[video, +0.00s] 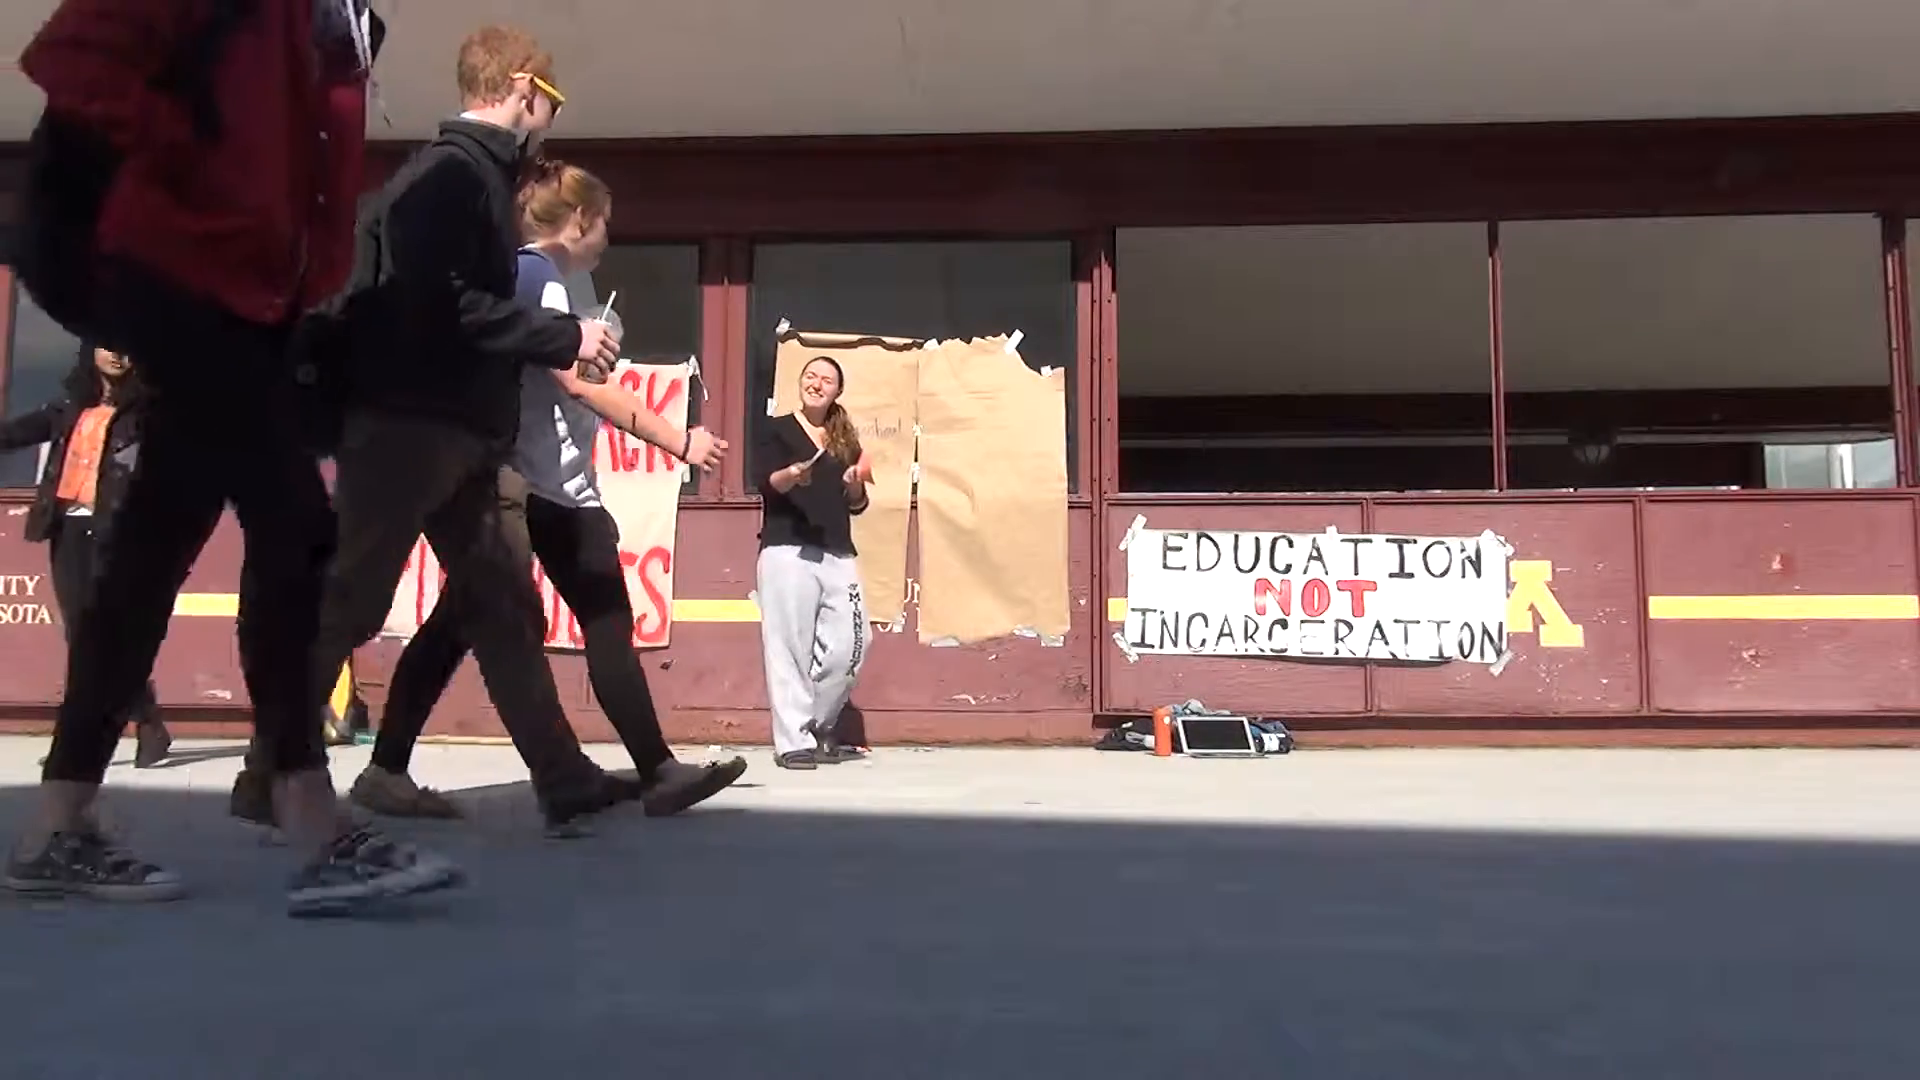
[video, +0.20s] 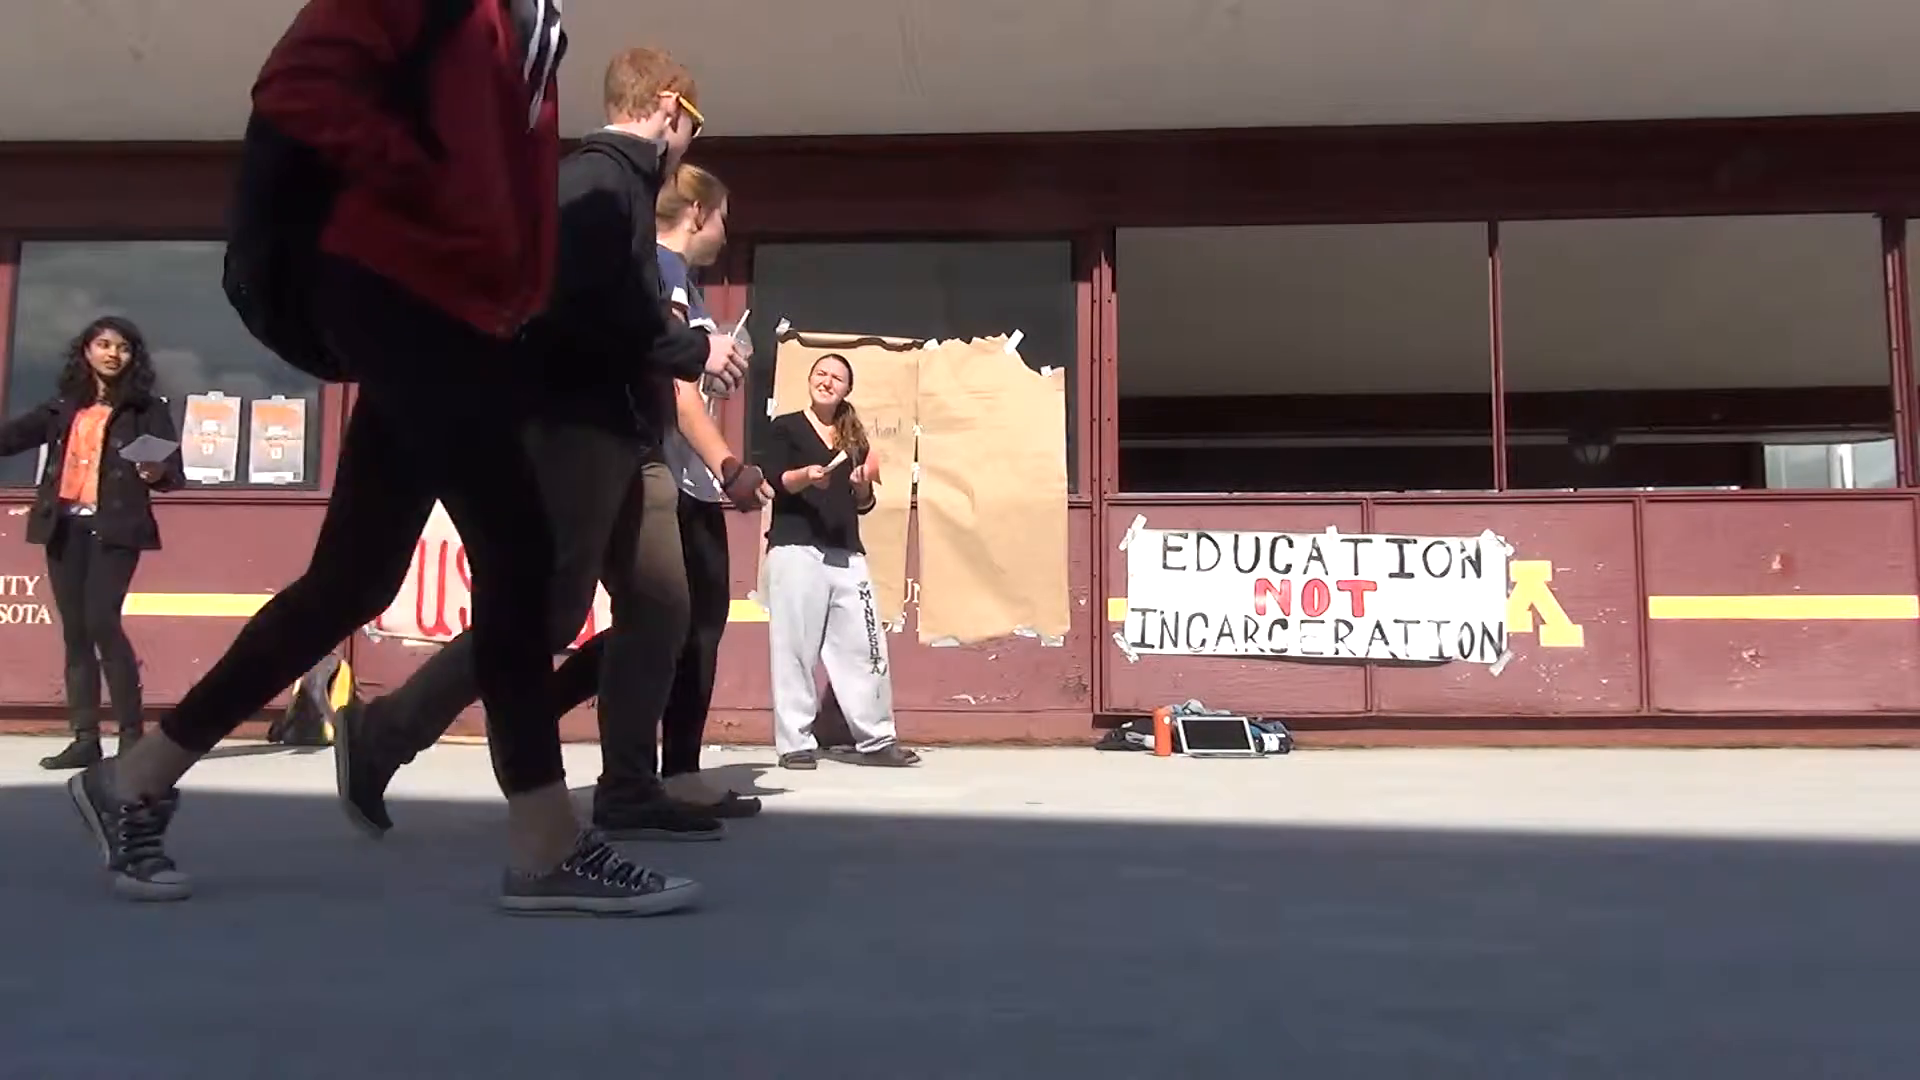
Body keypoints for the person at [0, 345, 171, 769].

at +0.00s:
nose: (113, 355)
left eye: (123, 349)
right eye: (105, 346)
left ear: (136, 357)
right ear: (91, 352)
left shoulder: (145, 403)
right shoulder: (76, 402)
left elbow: (157, 470)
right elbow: (35, 427)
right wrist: (3, 434)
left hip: (114, 526)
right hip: (67, 522)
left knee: (102, 628)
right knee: (82, 631)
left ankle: (149, 720)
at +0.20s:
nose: (112, 353)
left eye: (121, 347)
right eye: (104, 345)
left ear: (133, 357)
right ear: (85, 351)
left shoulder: (147, 407)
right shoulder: (64, 406)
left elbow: (173, 475)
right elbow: (10, 438)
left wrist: (159, 475)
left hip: (115, 530)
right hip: (66, 529)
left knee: (103, 625)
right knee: (76, 633)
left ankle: (131, 737)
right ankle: (86, 739)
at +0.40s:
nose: (107, 351)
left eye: (116, 345)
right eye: (98, 343)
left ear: (128, 354)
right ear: (79, 349)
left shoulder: (143, 405)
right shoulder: (60, 404)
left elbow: (170, 473)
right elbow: (10, 440)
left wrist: (155, 476)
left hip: (115, 529)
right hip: (65, 528)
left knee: (107, 627)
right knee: (75, 632)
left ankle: (122, 739)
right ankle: (86, 738)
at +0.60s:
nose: (91, 348)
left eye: (102, 342)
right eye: (85, 340)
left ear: (121, 350)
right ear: (74, 345)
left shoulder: (141, 402)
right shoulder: (60, 399)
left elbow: (168, 471)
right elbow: (14, 441)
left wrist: (149, 473)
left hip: (114, 528)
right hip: (65, 527)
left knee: (106, 628)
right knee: (76, 632)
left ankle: (109, 740)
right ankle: (86, 738)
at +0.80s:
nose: (78, 346)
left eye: (87, 338)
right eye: (75, 339)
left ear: (114, 344)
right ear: (73, 347)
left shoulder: (142, 402)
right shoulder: (63, 400)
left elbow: (167, 470)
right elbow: (18, 443)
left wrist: (143, 472)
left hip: (113, 529)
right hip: (65, 527)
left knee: (105, 629)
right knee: (77, 631)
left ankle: (108, 741)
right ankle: (86, 737)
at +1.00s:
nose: (79, 345)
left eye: (89, 337)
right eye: (77, 337)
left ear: (116, 343)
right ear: (76, 345)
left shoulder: (144, 400)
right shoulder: (65, 398)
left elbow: (163, 469)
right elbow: (21, 447)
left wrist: (125, 473)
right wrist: (3, 467)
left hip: (113, 526)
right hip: (65, 526)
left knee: (106, 631)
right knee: (78, 632)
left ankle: (107, 743)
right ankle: (86, 736)